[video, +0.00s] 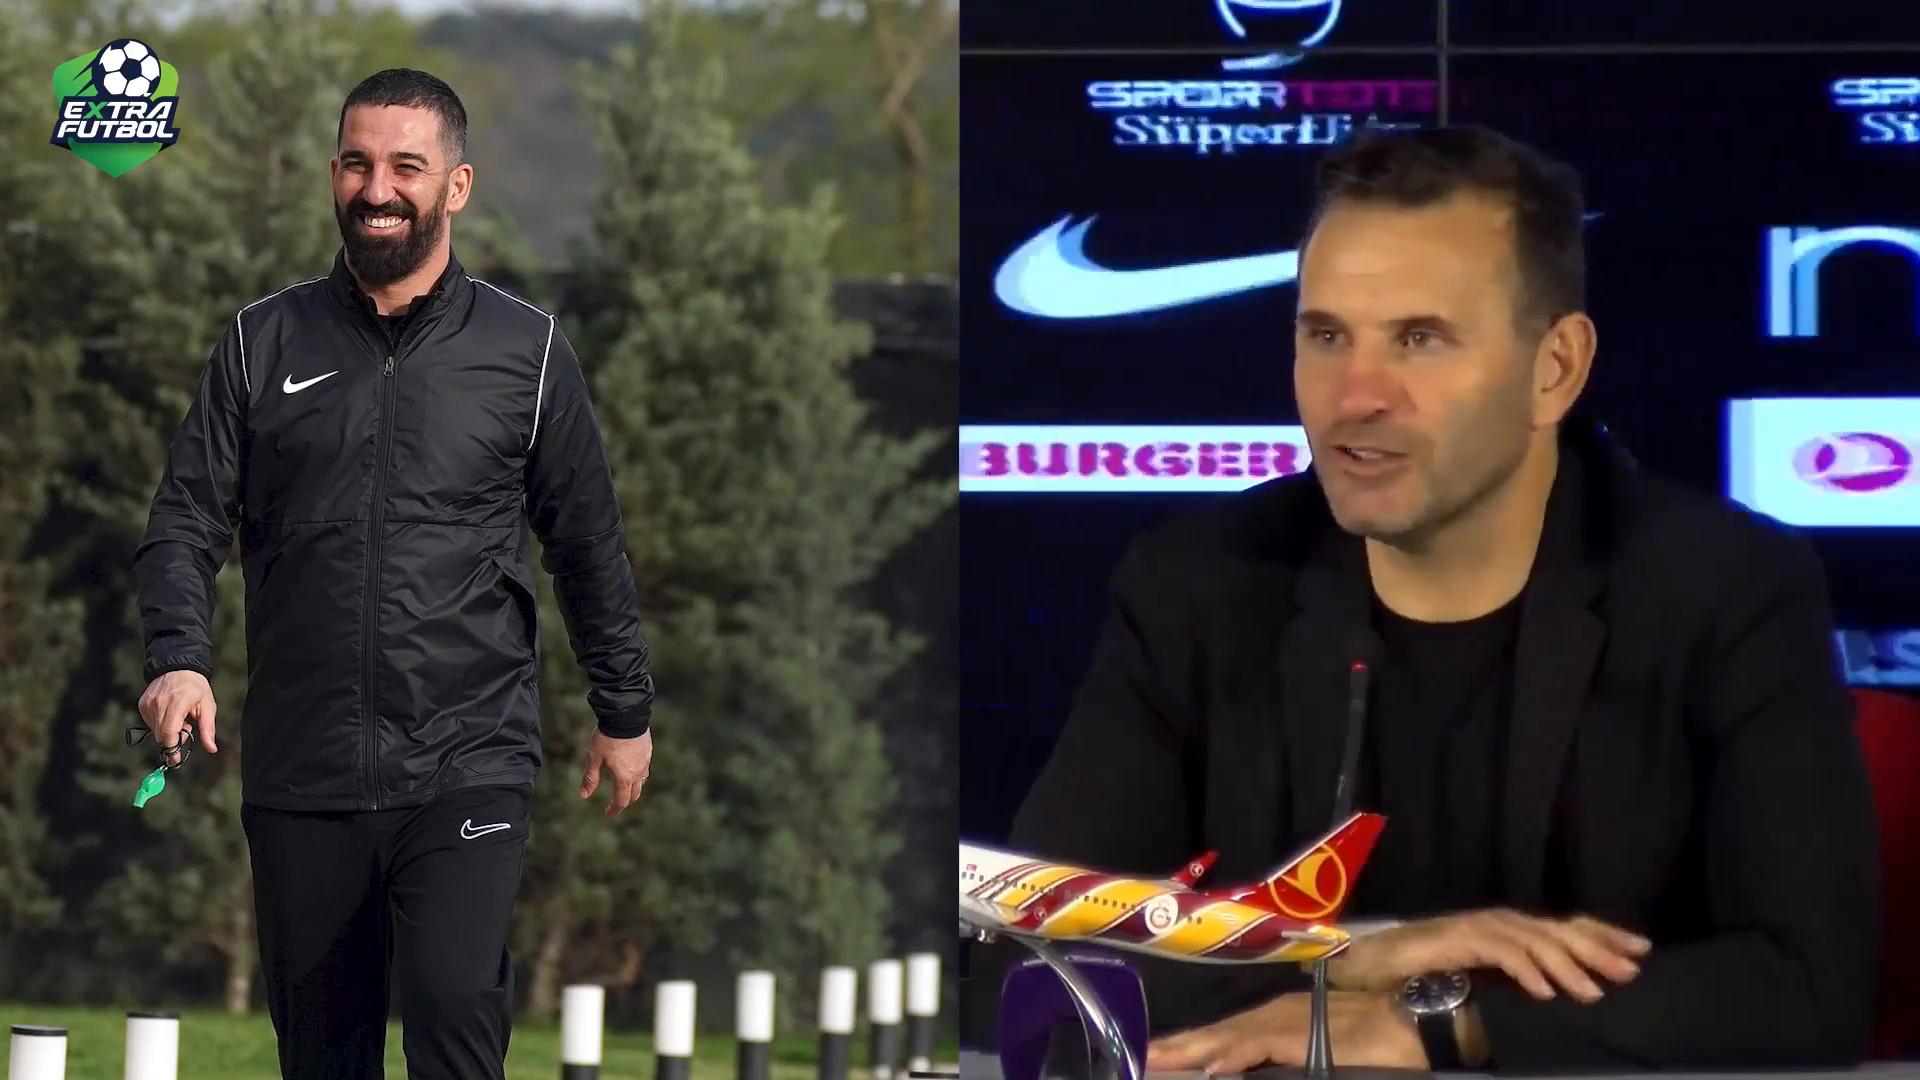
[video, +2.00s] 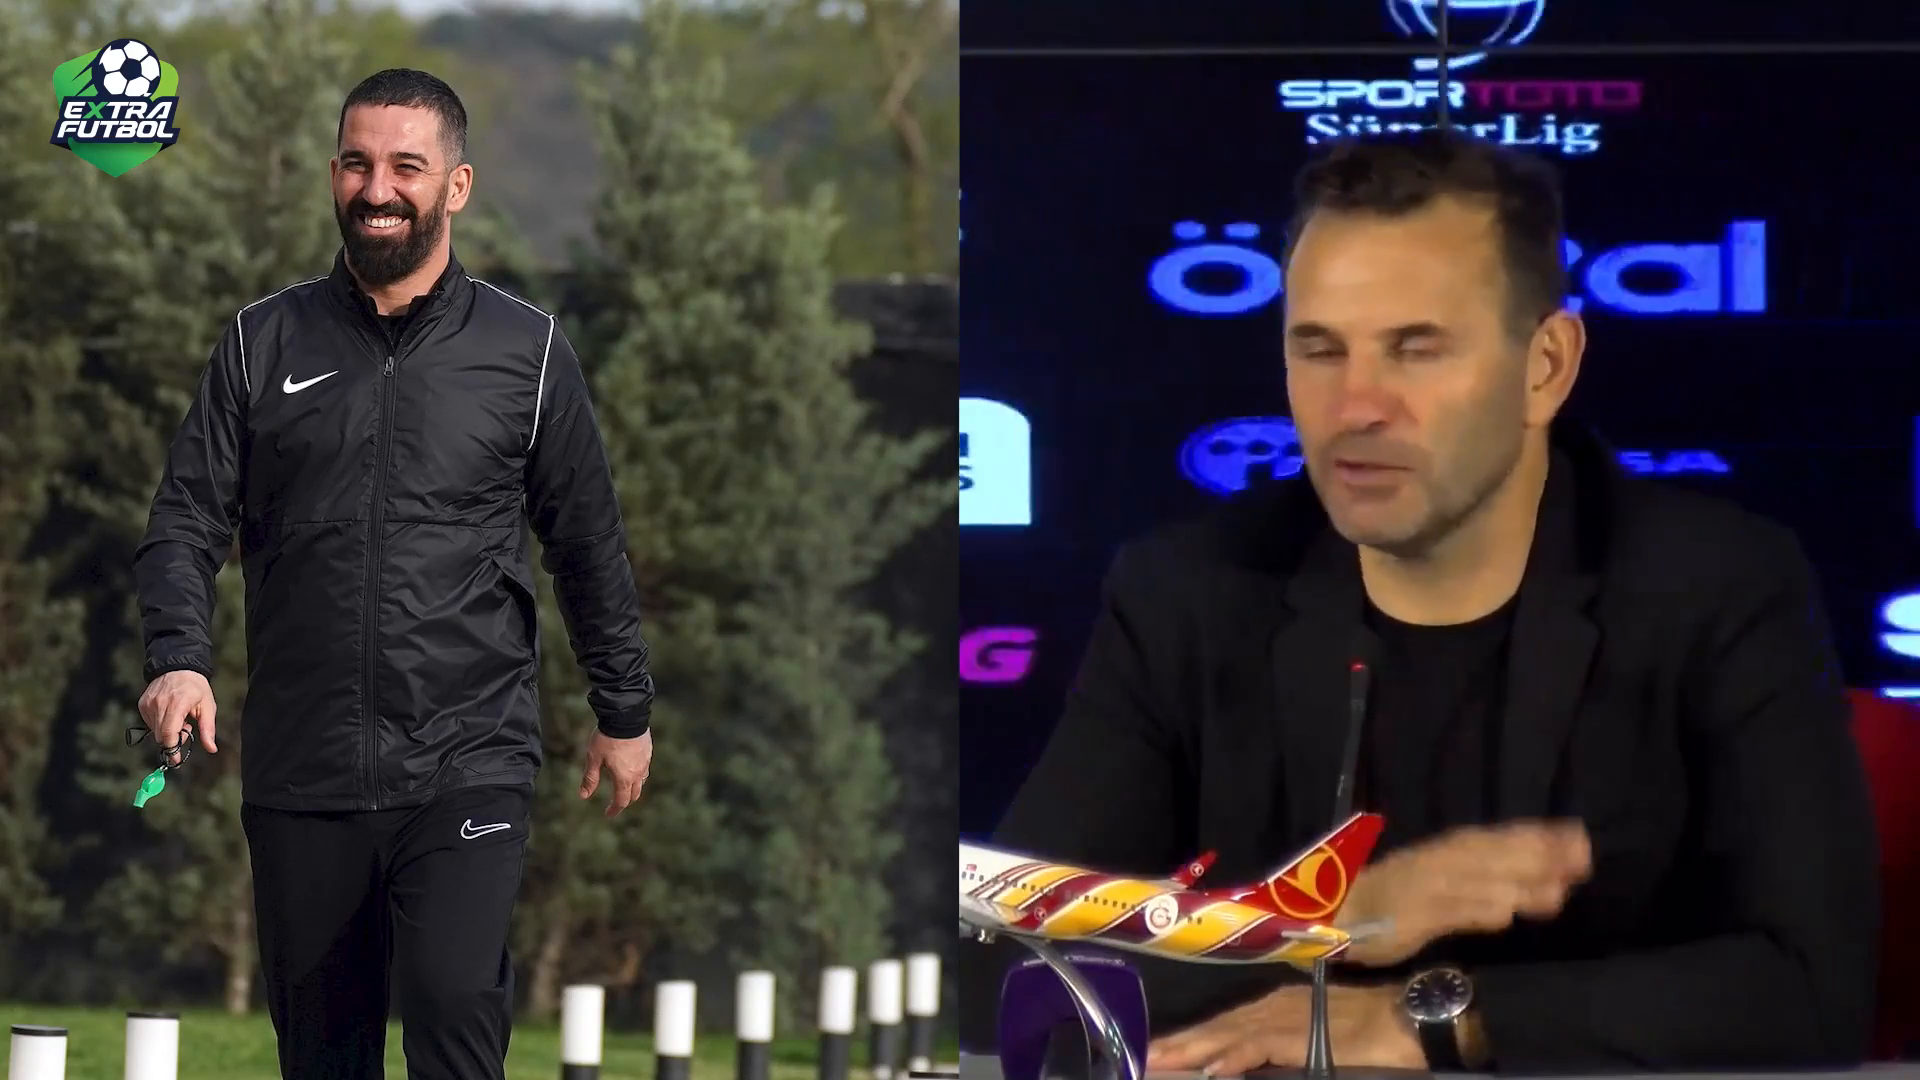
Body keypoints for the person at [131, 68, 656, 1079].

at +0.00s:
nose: (376, 187)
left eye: (405, 164)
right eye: (356, 162)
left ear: (458, 185)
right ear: (334, 176)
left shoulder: (529, 350)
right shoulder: (259, 343)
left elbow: (589, 541)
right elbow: (187, 513)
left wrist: (623, 708)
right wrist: (178, 658)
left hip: (472, 751)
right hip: (302, 753)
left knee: (455, 1017)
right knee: (319, 1039)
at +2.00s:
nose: (376, 187)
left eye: (405, 164)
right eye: (356, 162)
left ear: (458, 185)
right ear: (334, 176)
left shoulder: (529, 349)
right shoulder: (259, 343)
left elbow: (588, 541)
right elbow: (187, 513)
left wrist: (623, 709)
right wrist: (178, 658)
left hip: (472, 752)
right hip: (302, 755)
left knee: (455, 1018)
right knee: (320, 1042)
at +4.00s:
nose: (375, 186)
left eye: (405, 164)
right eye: (356, 162)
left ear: (458, 186)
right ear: (334, 177)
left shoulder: (530, 350)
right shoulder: (259, 343)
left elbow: (589, 542)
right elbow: (186, 513)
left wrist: (623, 708)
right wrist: (178, 658)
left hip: (472, 751)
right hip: (302, 753)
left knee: (454, 1018)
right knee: (320, 1041)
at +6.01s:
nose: (376, 187)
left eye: (405, 164)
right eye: (356, 162)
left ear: (458, 185)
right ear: (334, 177)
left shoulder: (530, 350)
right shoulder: (259, 342)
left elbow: (589, 541)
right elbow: (186, 513)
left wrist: (623, 708)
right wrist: (178, 658)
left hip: (471, 752)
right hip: (301, 755)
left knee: (455, 1020)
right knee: (320, 1043)